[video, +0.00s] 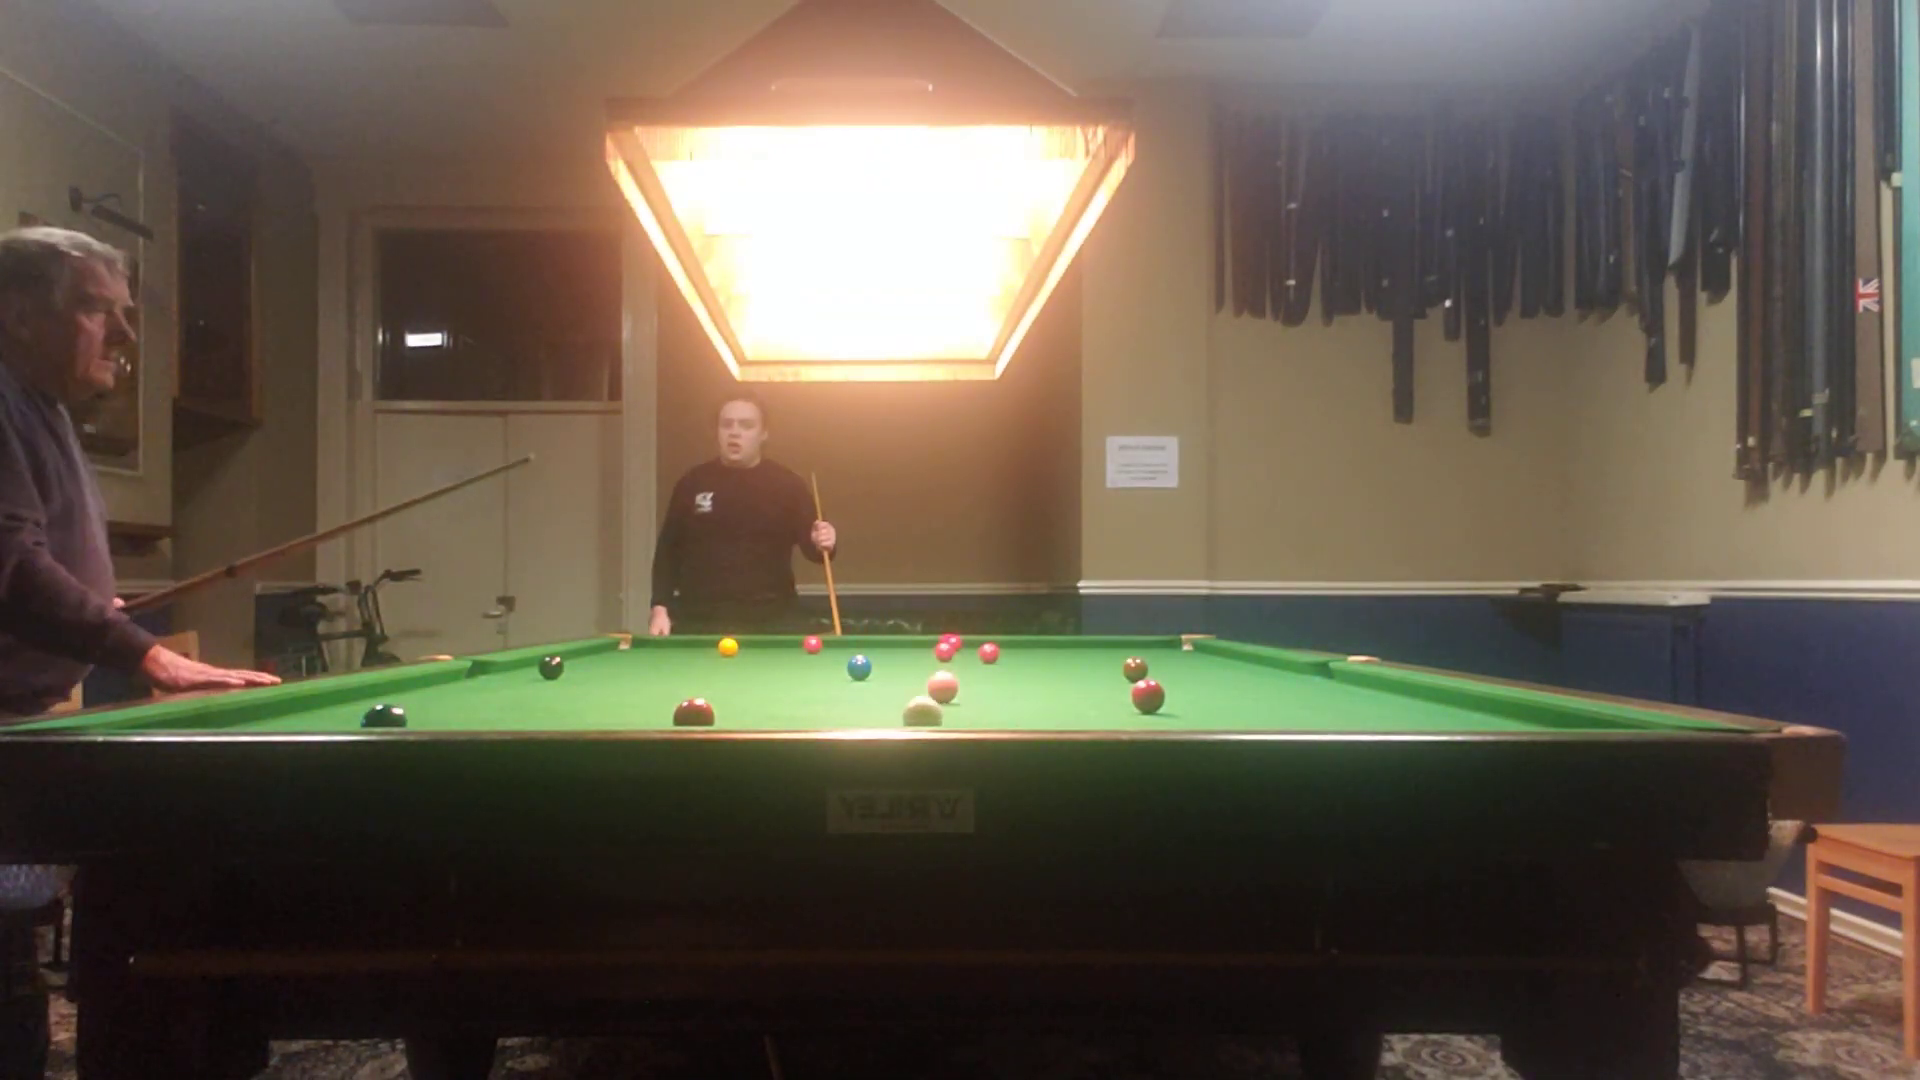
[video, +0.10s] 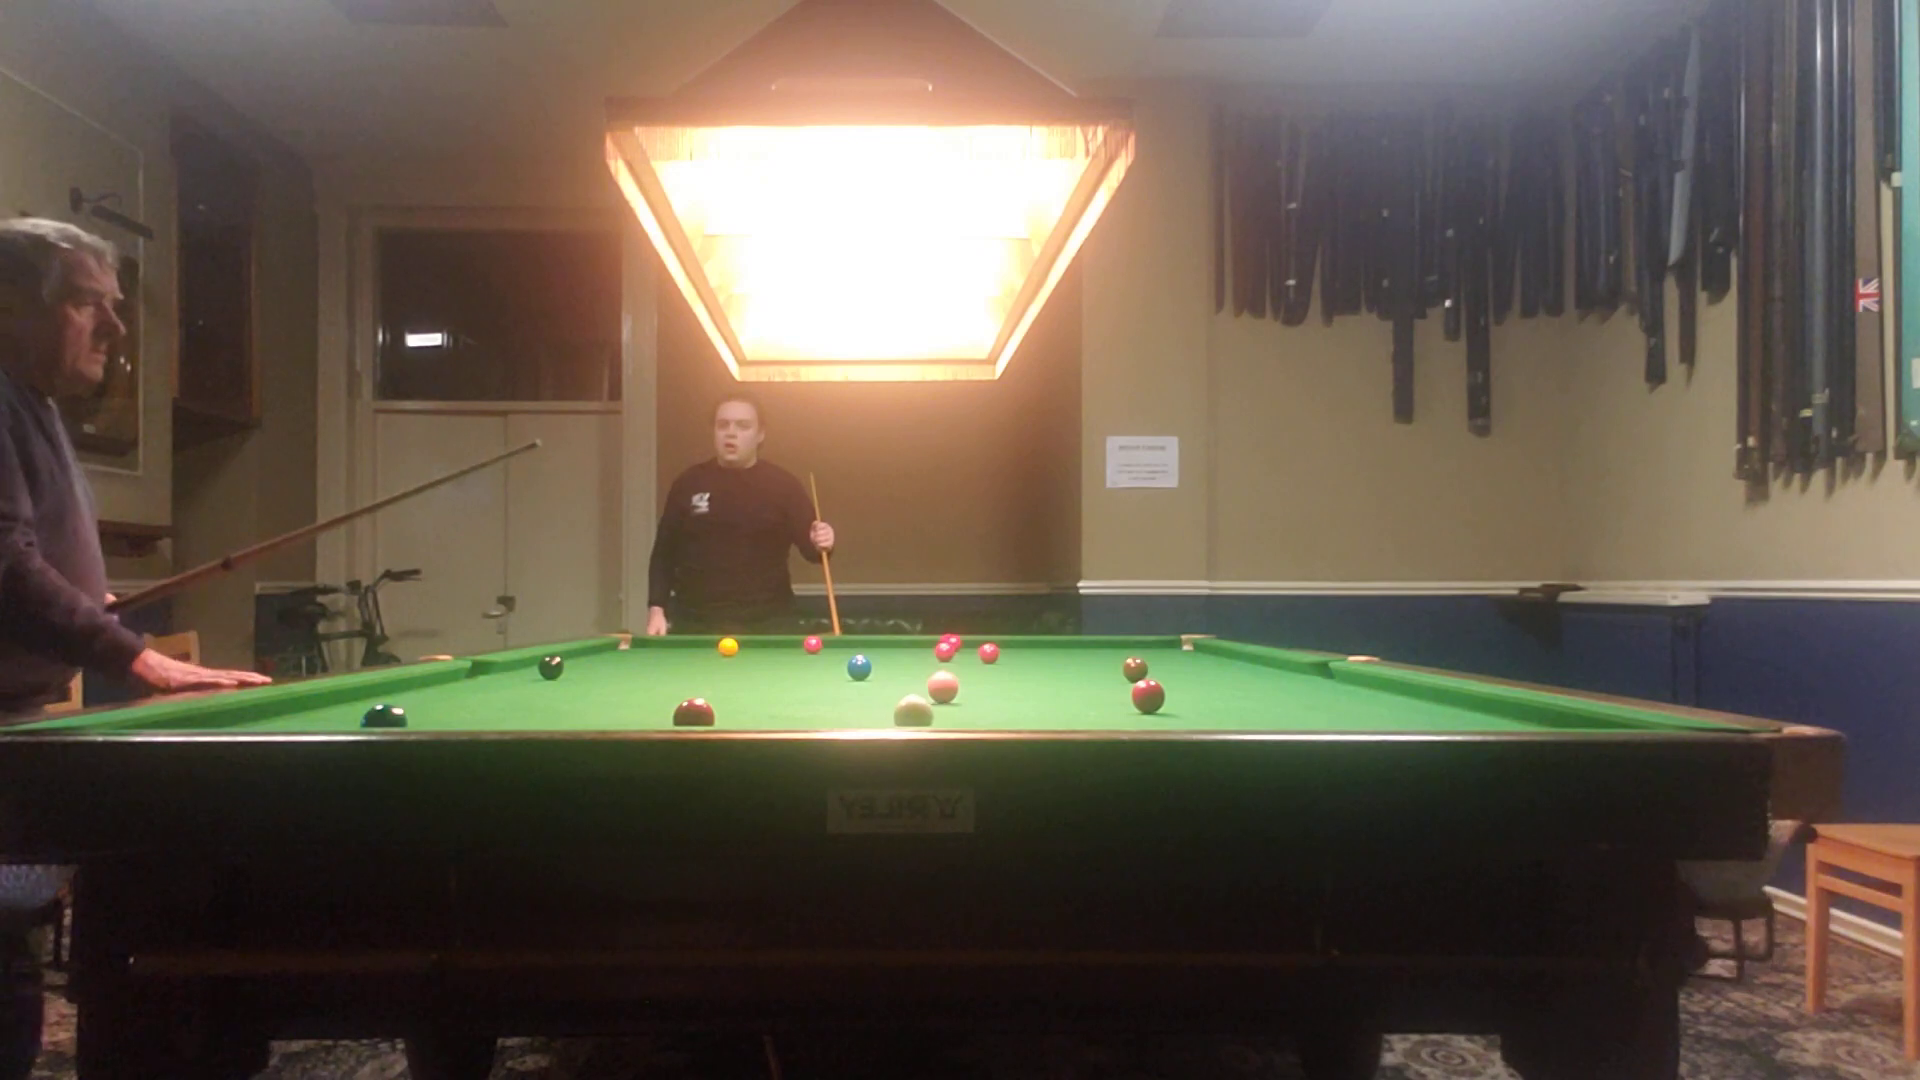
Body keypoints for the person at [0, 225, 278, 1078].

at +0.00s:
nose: (124, 336)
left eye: (124, 318)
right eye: (103, 312)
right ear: (26, 316)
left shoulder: (46, 417)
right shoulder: (8, 410)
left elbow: (61, 574)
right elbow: (16, 561)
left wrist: (161, 658)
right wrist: (149, 654)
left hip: (48, 719)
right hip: (14, 723)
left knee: (30, 916)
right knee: (16, 919)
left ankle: (29, 1054)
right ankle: (23, 1058)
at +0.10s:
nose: (113, 327)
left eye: (114, 308)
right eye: (91, 303)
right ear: (22, 308)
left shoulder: (42, 417)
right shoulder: (10, 411)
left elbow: (57, 576)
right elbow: (12, 560)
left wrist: (154, 655)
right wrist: (138, 659)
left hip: (44, 716)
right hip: (11, 722)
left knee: (26, 922)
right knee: (17, 925)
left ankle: (19, 1052)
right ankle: (15, 1053)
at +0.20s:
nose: (103, 322)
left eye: (103, 300)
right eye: (76, 297)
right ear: (14, 303)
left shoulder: (30, 405)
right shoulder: (10, 407)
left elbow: (28, 544)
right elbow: (5, 571)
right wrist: (117, 665)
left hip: (49, 700)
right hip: (14, 707)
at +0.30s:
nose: (90, 321)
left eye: (92, 301)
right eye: (63, 297)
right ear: (5, 300)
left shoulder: (24, 403)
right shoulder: (7, 408)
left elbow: (19, 547)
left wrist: (72, 597)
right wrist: (62, 681)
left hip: (40, 700)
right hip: (10, 709)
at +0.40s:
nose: (79, 324)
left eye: (84, 304)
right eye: (52, 301)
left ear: (91, 308)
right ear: (3, 306)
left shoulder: (28, 407)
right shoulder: (12, 411)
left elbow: (19, 551)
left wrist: (59, 610)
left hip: (16, 699)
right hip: (0, 702)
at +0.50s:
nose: (80, 333)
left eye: (87, 313)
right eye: (51, 309)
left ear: (93, 316)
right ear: (2, 315)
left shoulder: (32, 423)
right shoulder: (18, 426)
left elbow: (26, 574)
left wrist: (58, 618)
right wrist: (46, 627)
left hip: (15, 700)